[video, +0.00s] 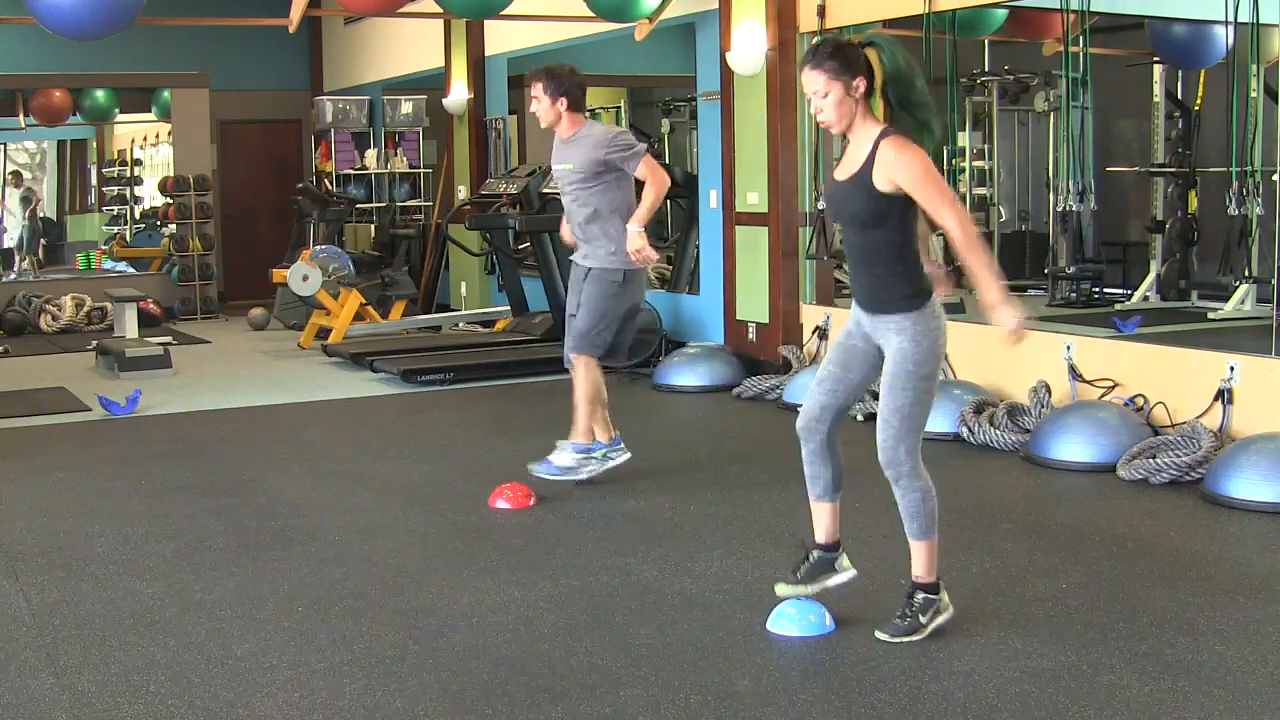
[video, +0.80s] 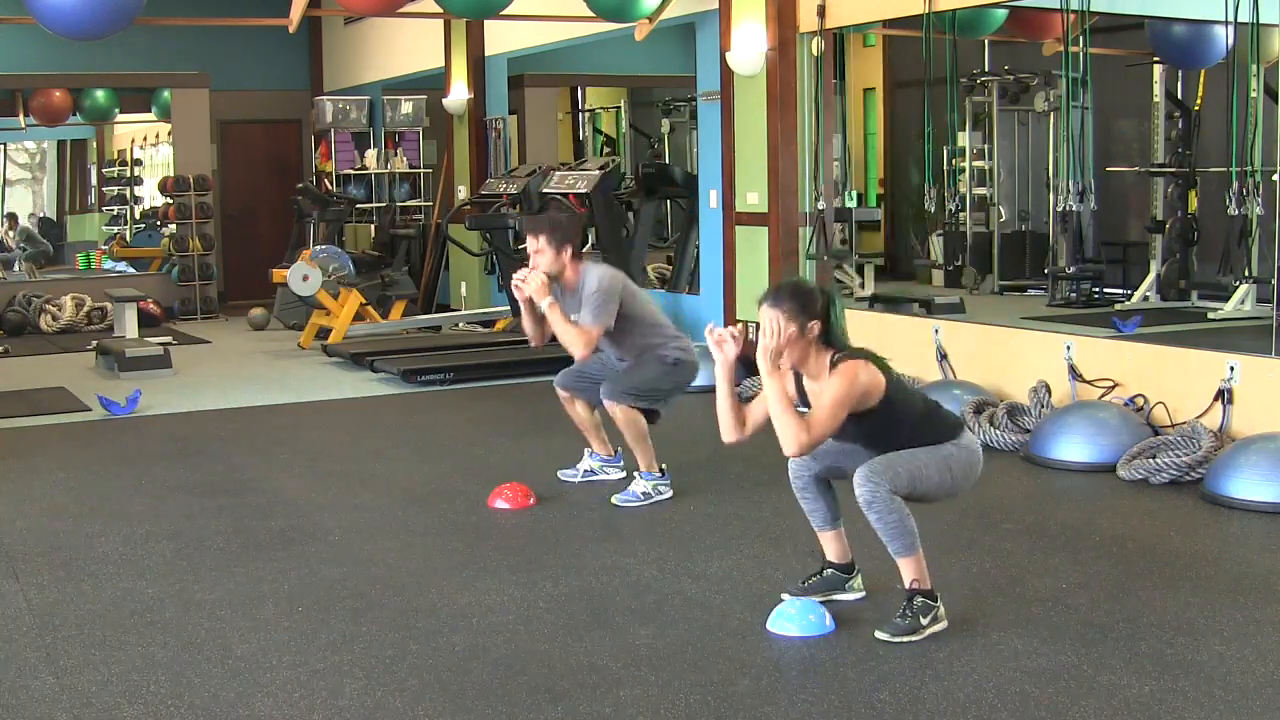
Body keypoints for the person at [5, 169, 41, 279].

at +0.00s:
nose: (11, 183)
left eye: (13, 179)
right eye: (10, 180)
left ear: (20, 179)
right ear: (10, 181)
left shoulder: (27, 190)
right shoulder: (20, 193)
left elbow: (37, 199)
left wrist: (30, 210)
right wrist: (5, 208)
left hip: (30, 223)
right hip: (23, 223)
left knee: (28, 251)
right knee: (17, 248)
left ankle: (35, 274)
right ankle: (17, 272)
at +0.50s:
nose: (10, 190)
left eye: (12, 188)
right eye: (9, 188)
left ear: (19, 188)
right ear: (9, 188)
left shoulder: (25, 198)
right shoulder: (16, 200)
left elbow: (28, 212)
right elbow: (22, 212)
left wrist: (13, 213)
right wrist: (9, 212)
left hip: (35, 231)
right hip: (27, 231)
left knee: (27, 255)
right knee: (21, 255)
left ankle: (35, 277)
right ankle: (29, 277)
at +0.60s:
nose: (10, 205)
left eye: (12, 202)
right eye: (9, 202)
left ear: (17, 202)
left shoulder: (23, 212)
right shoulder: (18, 214)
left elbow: (25, 225)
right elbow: (16, 228)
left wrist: (13, 226)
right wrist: (9, 224)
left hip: (39, 240)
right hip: (33, 240)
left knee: (25, 259)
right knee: (22, 258)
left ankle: (31, 279)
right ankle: (35, 278)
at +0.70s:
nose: (8, 216)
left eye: (10, 214)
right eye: (8, 214)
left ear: (15, 214)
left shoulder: (23, 223)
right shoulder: (16, 225)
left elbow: (19, 238)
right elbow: (13, 239)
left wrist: (8, 232)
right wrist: (6, 233)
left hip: (44, 246)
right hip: (37, 246)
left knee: (25, 258)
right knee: (24, 258)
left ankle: (34, 280)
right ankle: (35, 279)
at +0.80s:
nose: (6, 224)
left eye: (7, 222)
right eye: (5, 222)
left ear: (13, 221)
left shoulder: (22, 229)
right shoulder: (17, 231)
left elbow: (14, 245)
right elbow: (11, 247)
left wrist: (6, 235)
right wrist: (4, 236)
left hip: (44, 249)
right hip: (36, 249)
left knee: (25, 258)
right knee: (22, 258)